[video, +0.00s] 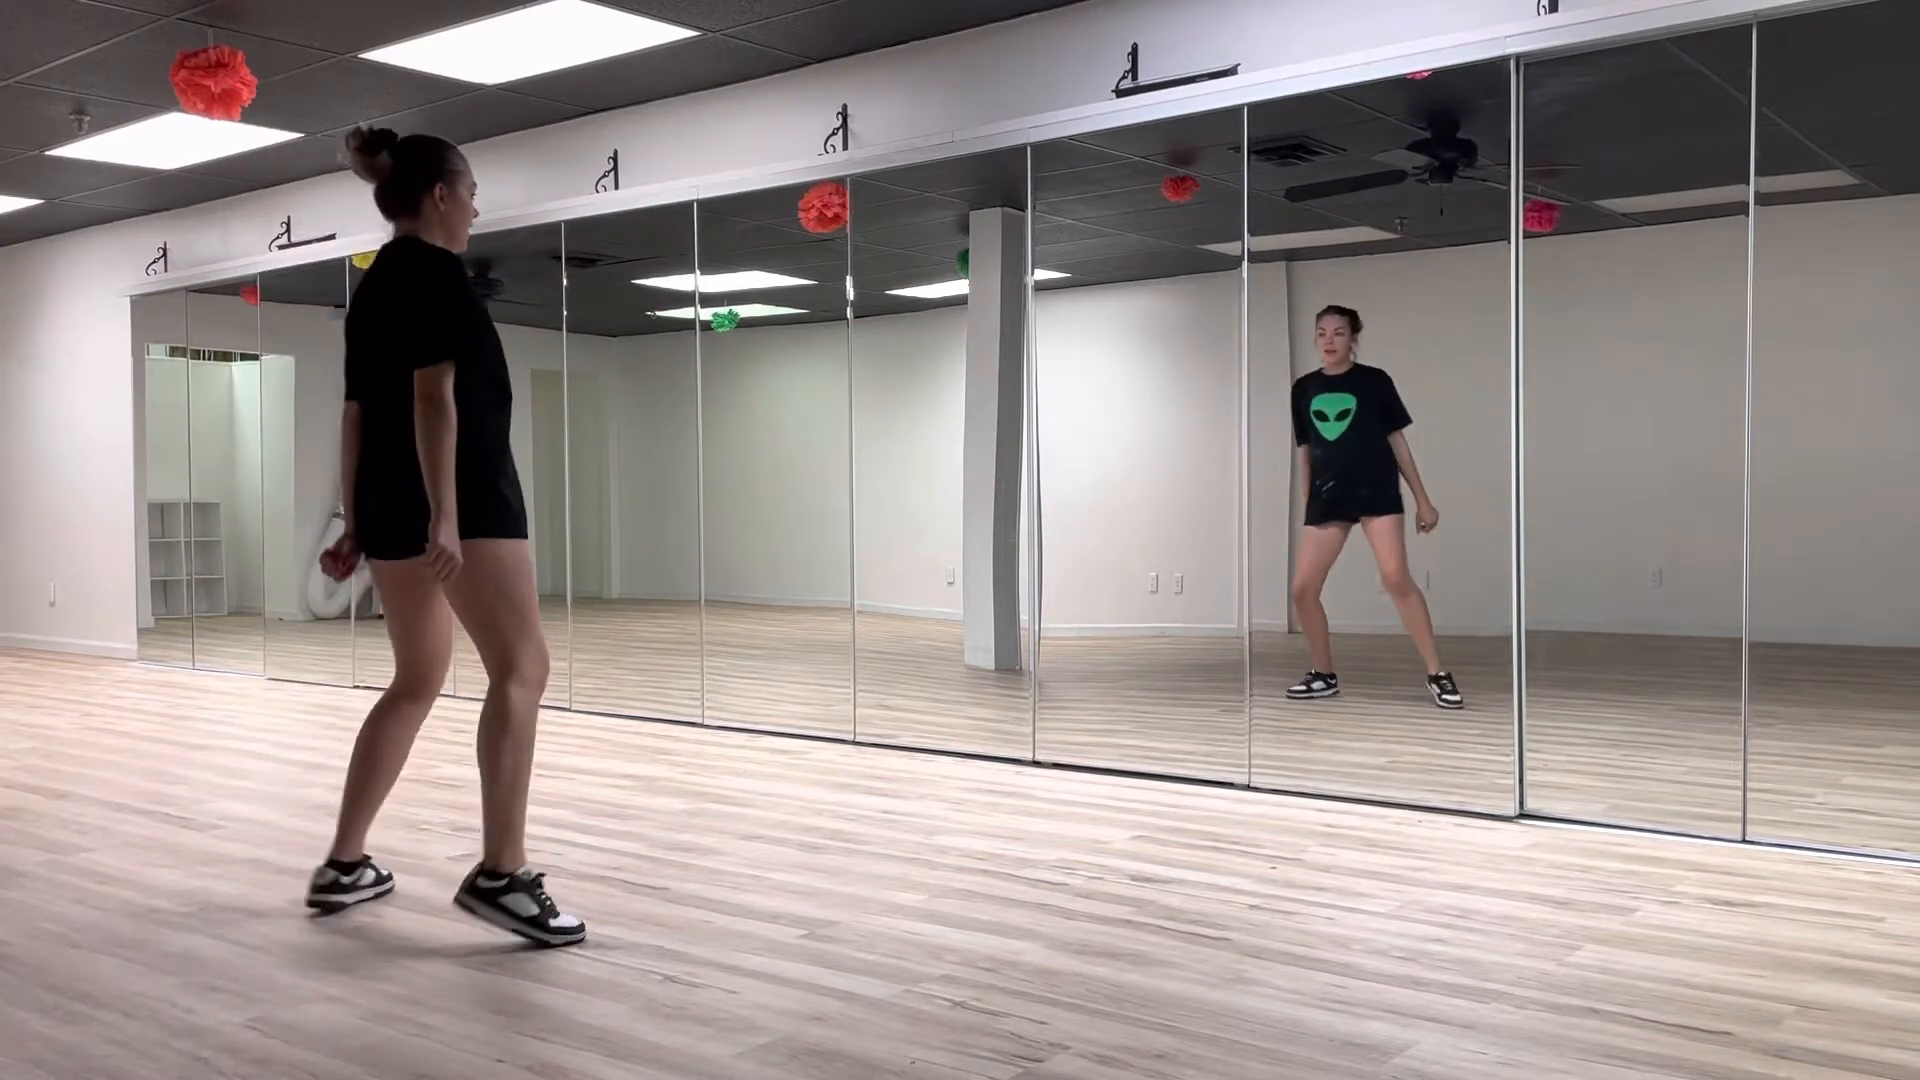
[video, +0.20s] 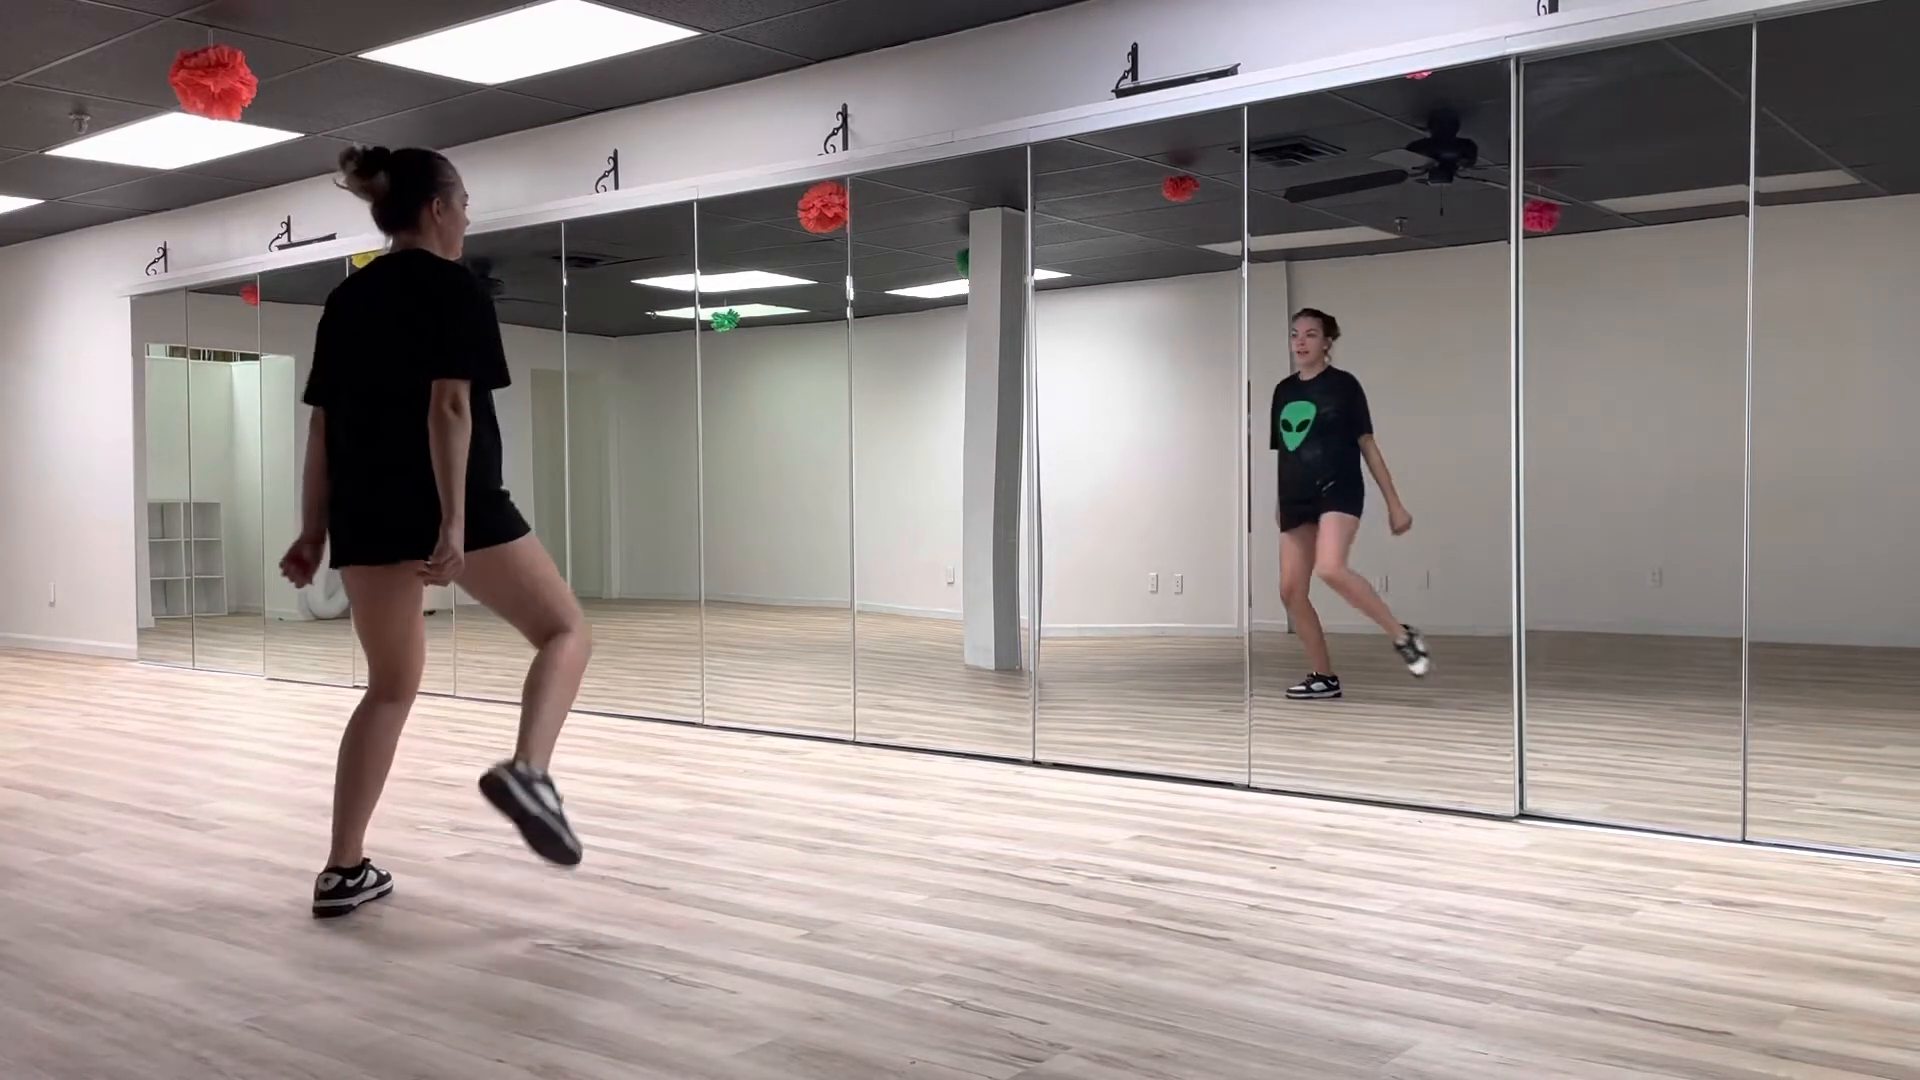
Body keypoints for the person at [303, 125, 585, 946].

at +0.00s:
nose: (475, 207)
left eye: (472, 193)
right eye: (469, 193)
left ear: (406, 201)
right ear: (442, 195)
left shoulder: (375, 285)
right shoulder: (439, 276)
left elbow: (356, 411)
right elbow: (436, 397)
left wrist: (350, 516)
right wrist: (444, 512)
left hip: (391, 507)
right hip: (470, 503)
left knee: (416, 681)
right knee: (522, 669)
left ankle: (344, 862)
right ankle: (503, 871)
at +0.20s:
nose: (466, 221)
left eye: (463, 208)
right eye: (462, 207)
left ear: (391, 216)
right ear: (440, 210)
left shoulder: (345, 299)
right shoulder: (456, 286)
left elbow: (322, 421)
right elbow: (449, 403)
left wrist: (312, 526)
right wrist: (454, 517)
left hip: (360, 509)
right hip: (457, 500)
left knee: (389, 683)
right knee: (565, 632)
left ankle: (342, 867)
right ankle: (531, 770)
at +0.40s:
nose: (484, 211)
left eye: (483, 199)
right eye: (482, 199)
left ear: (407, 206)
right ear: (459, 201)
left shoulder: (360, 284)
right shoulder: (479, 275)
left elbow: (329, 405)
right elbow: (476, 396)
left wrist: (311, 507)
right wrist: (482, 513)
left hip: (399, 489)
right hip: (494, 474)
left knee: (394, 672)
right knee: (586, 605)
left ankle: (351, 851)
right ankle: (615, 767)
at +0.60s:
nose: (509, 254)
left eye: (505, 244)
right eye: (508, 244)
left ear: (433, 252)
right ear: (495, 246)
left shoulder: (392, 338)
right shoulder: (525, 322)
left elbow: (366, 451)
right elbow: (548, 436)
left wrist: (342, 548)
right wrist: (572, 546)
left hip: (470, 528)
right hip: (561, 516)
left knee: (410, 686)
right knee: (593, 659)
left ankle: (419, 841)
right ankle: (638, 808)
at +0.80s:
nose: (486, 236)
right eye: (487, 225)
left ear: (418, 229)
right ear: (484, 226)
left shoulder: (385, 306)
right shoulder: (519, 302)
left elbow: (399, 423)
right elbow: (570, 414)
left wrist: (409, 528)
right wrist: (621, 506)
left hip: (450, 506)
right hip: (538, 499)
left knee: (407, 679)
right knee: (568, 647)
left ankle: (441, 849)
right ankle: (634, 793)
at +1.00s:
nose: (447, 230)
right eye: (448, 221)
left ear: (378, 224)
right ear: (446, 225)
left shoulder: (356, 292)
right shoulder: (472, 298)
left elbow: (383, 403)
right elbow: (528, 402)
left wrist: (395, 512)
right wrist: (577, 480)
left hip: (403, 506)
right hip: (479, 497)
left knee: (388, 686)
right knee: (442, 617)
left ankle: (439, 853)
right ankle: (564, 703)